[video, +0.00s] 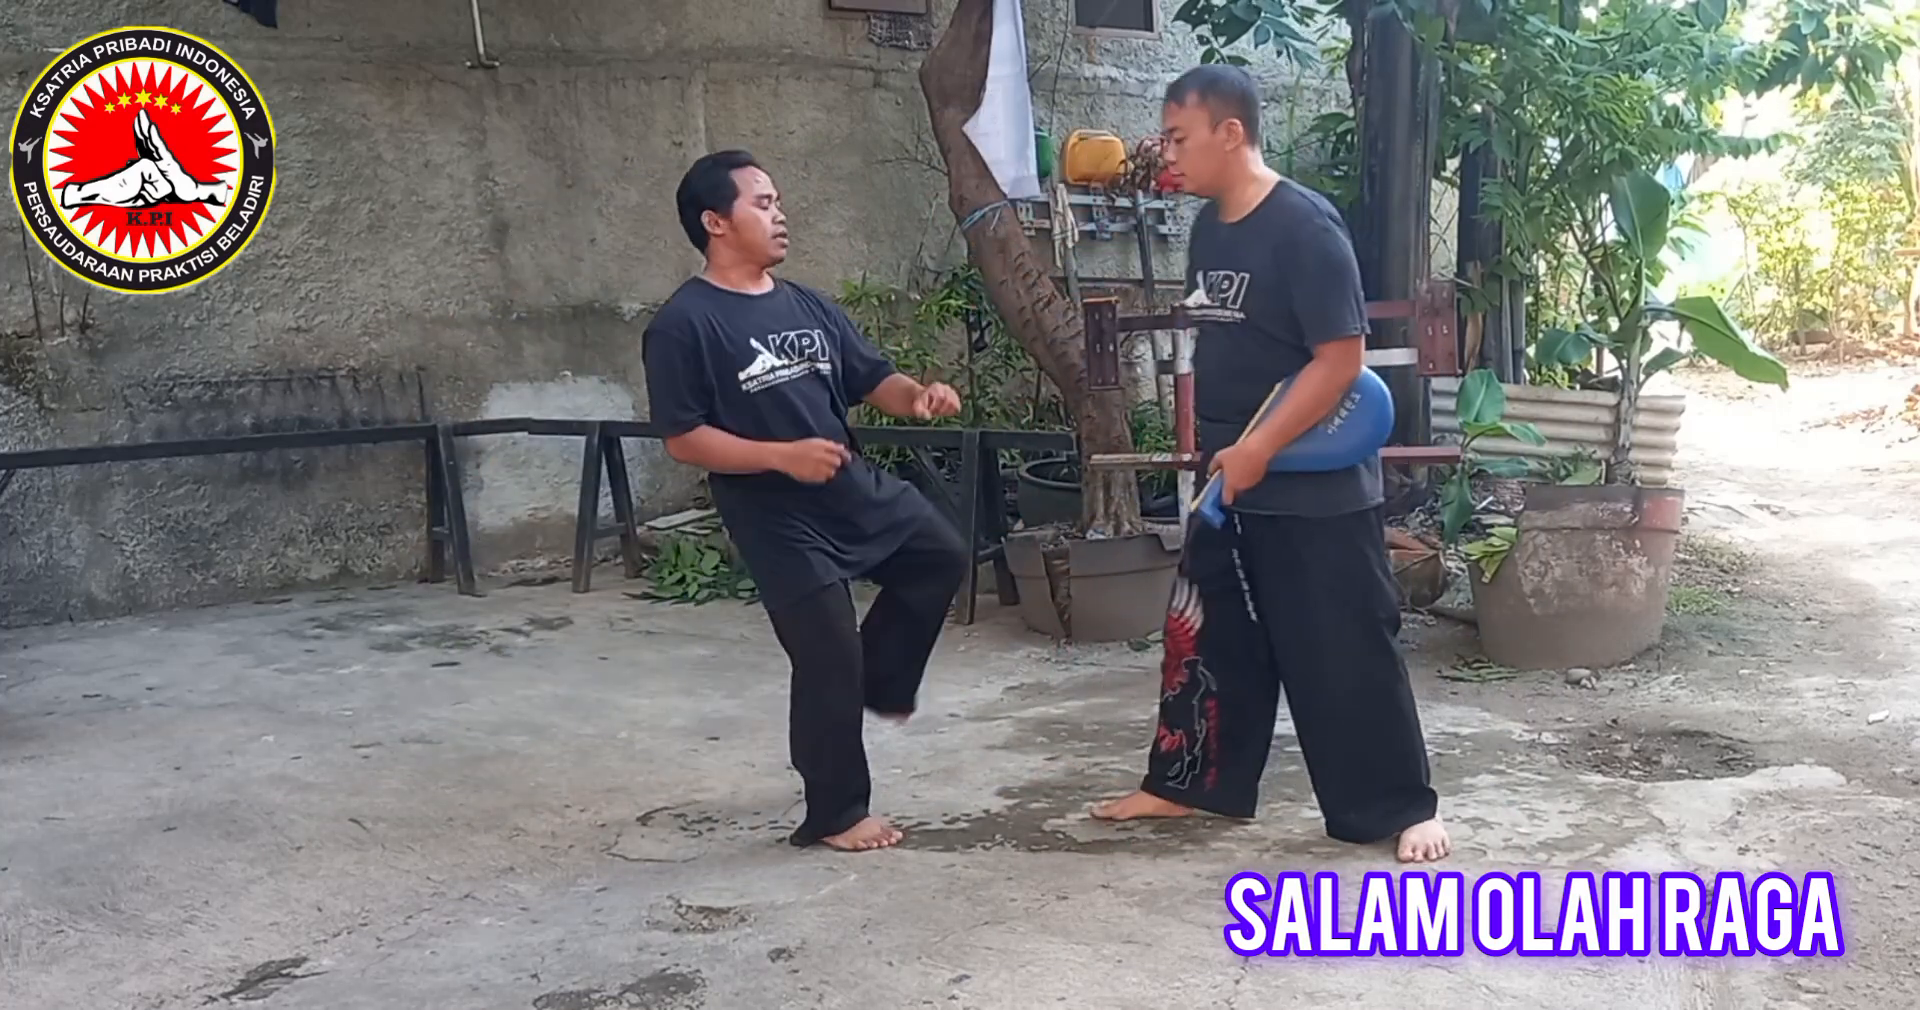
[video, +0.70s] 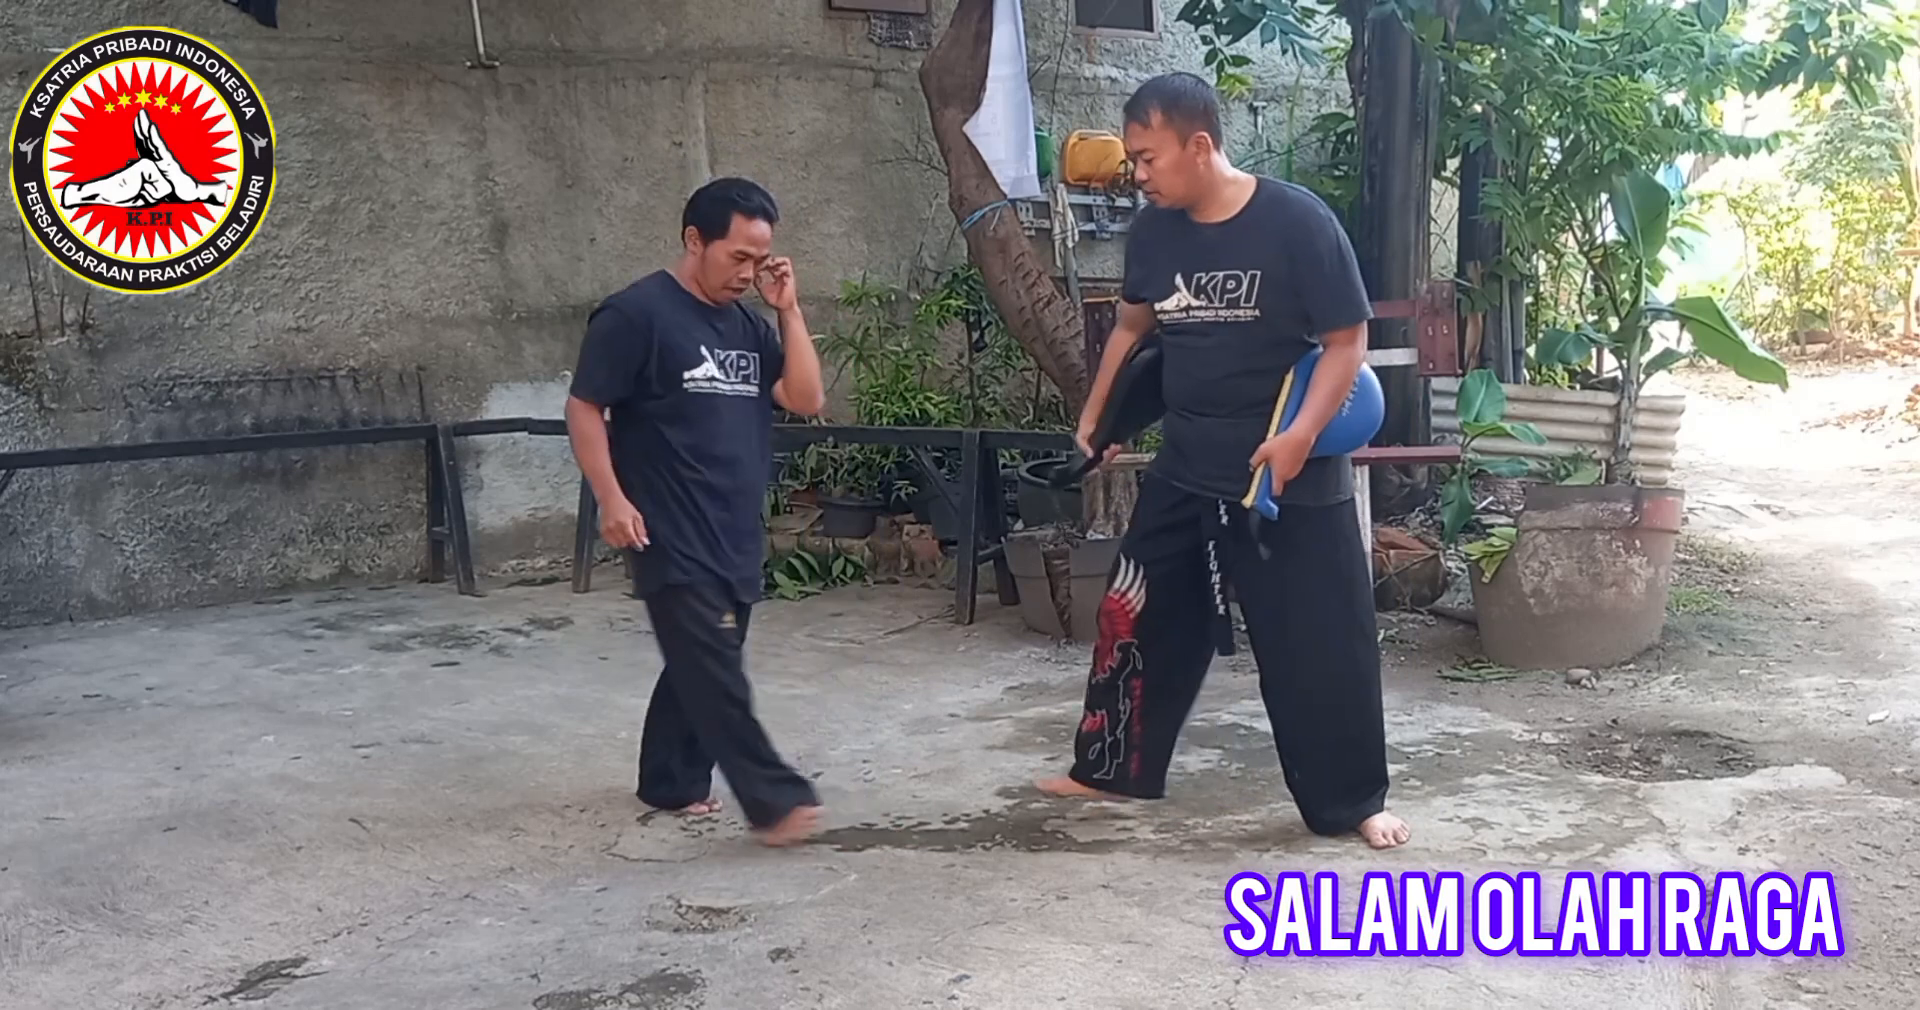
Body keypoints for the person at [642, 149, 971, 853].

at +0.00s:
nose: (780, 215)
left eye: (777, 202)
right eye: (763, 203)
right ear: (716, 223)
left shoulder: (806, 303)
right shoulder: (682, 324)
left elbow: (874, 378)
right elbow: (683, 438)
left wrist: (916, 395)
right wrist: (783, 454)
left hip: (850, 480)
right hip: (773, 508)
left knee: (940, 556)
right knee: (830, 652)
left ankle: (878, 679)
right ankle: (835, 814)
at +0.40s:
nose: (765, 200)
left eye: (760, 188)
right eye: (745, 191)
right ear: (701, 217)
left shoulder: (799, 294)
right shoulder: (685, 317)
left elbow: (881, 364)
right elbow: (694, 440)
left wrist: (867, 340)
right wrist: (756, 532)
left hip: (836, 500)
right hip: (762, 523)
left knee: (884, 608)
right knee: (798, 670)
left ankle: (776, 693)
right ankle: (828, 816)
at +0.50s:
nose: (759, 228)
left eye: (761, 213)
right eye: (743, 218)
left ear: (764, 216)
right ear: (693, 232)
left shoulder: (780, 305)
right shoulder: (662, 326)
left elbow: (843, 408)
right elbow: (651, 440)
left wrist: (824, 347)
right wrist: (698, 527)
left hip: (810, 525)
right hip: (743, 537)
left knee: (791, 659)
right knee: (791, 672)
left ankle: (705, 748)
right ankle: (827, 814)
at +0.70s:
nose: (752, 271)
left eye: (760, 258)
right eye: (741, 255)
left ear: (763, 257)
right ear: (694, 240)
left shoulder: (747, 324)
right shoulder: (634, 314)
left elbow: (806, 398)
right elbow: (584, 409)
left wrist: (790, 311)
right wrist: (610, 499)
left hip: (738, 525)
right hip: (671, 526)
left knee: (707, 658)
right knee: (709, 661)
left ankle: (670, 782)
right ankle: (775, 801)